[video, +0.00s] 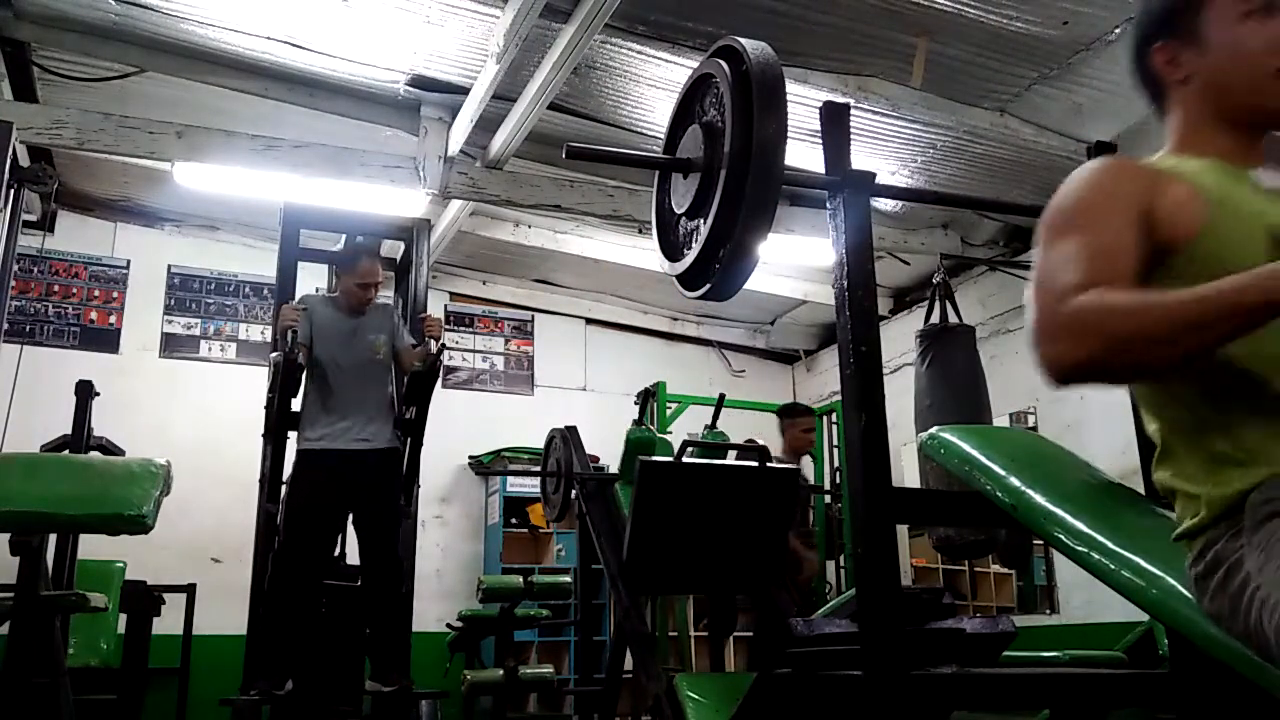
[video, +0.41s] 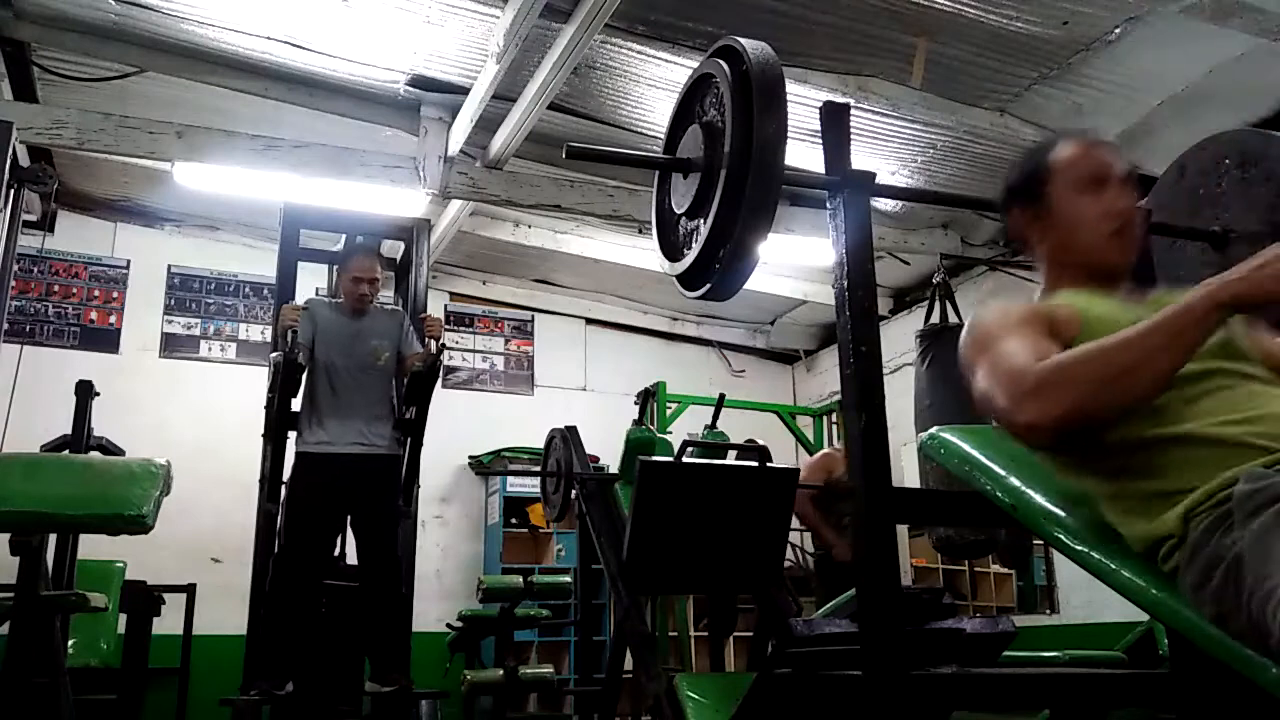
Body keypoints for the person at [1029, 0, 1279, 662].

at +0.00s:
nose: (1279, 29)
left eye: (1271, 14)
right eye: (1257, 14)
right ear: (1173, 62)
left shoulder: (1265, 199)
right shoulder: (1119, 182)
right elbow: (1065, 335)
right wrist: (1270, 285)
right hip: (1247, 524)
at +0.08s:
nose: (1258, 58)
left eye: (1258, 40)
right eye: (1224, 40)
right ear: (1141, 85)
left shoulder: (1269, 206)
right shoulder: (1091, 205)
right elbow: (1050, 357)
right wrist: (1251, 289)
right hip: (1242, 520)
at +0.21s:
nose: (1202, 107)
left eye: (1203, 90)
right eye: (1167, 90)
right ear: (1092, 132)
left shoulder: (1249, 241)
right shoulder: (1053, 243)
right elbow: (1046, 377)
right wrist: (1242, 288)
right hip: (1230, 516)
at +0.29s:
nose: (1169, 146)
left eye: (1170, 128)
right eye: (1137, 129)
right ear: (1066, 170)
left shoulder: (1225, 266)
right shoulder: (1034, 273)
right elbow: (1045, 388)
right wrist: (1243, 288)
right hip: (1233, 514)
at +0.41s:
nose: (1127, 202)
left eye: (1129, 185)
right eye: (1095, 185)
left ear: (1140, 200)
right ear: (1028, 223)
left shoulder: (1200, 304)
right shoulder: (1010, 320)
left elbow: (1278, 355)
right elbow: (1033, 404)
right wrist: (1221, 292)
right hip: (1228, 513)